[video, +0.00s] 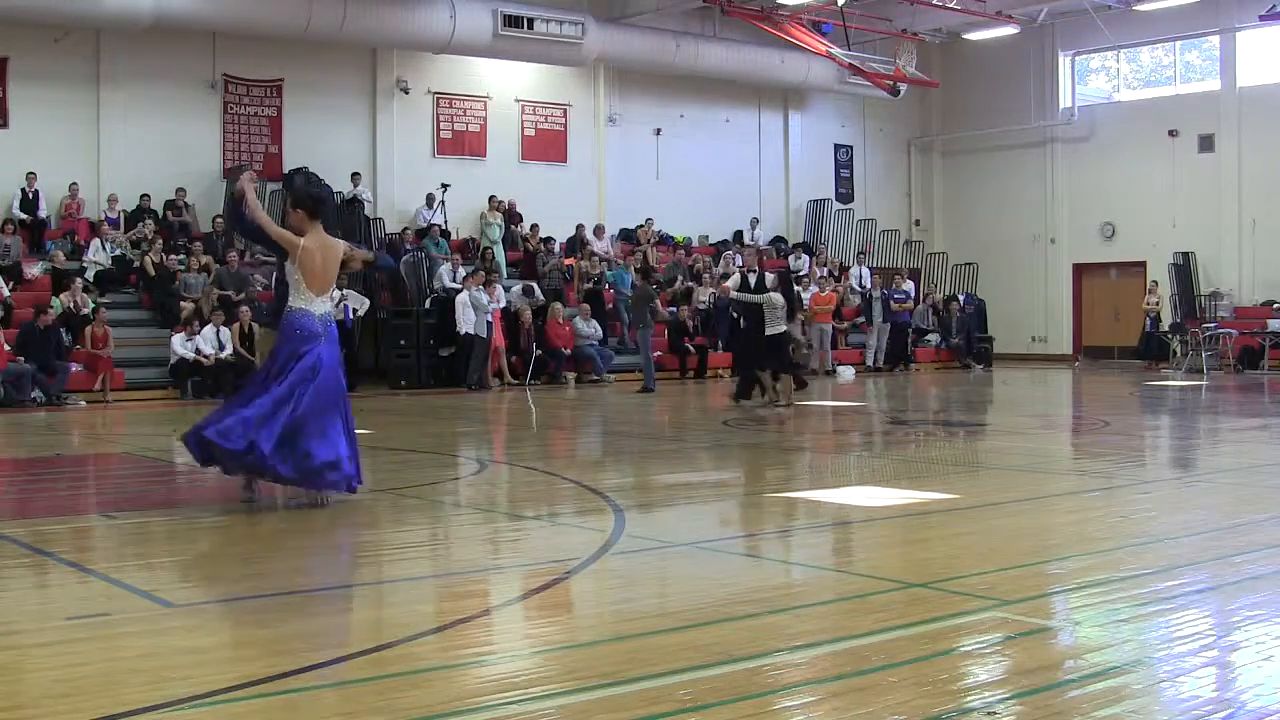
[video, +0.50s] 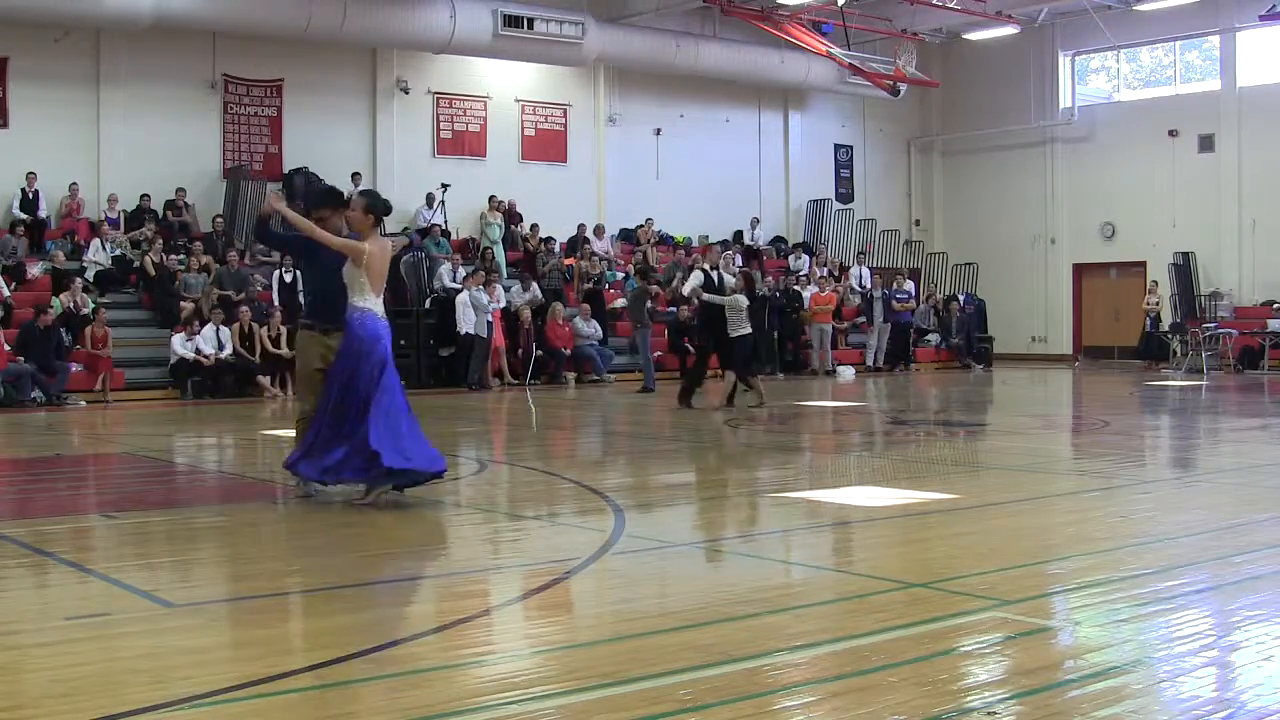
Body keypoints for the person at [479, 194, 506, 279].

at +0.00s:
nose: (495, 204)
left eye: (496, 202)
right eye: (493, 202)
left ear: (498, 203)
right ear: (489, 203)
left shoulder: (500, 215)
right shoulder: (484, 214)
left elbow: (502, 227)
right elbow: (483, 227)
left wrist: (499, 237)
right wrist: (490, 238)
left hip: (497, 239)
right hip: (487, 238)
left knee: (499, 257)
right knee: (487, 256)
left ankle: (500, 275)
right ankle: (486, 275)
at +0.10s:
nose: (495, 204)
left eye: (496, 202)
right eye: (493, 202)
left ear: (498, 203)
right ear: (489, 203)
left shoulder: (500, 215)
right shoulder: (484, 214)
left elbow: (502, 227)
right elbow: (483, 227)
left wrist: (499, 237)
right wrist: (490, 238)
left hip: (497, 239)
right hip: (487, 238)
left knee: (499, 257)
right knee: (487, 256)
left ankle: (500, 275)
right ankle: (486, 275)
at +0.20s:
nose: (495, 204)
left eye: (496, 202)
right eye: (493, 202)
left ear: (498, 203)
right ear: (489, 203)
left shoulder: (500, 215)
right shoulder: (484, 214)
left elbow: (502, 227)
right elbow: (483, 227)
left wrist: (499, 237)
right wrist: (490, 238)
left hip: (497, 239)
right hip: (487, 238)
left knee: (499, 257)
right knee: (487, 256)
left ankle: (500, 275)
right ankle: (486, 275)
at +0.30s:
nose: (495, 204)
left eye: (496, 202)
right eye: (493, 202)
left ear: (498, 203)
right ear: (489, 203)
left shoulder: (500, 215)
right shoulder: (484, 214)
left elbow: (502, 227)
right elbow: (483, 227)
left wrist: (499, 237)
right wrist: (490, 238)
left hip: (497, 239)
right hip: (487, 238)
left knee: (499, 257)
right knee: (487, 256)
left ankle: (500, 275)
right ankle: (486, 275)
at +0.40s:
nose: (495, 204)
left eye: (496, 202)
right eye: (493, 202)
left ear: (498, 203)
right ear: (489, 203)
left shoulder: (500, 215)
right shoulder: (484, 214)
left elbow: (502, 227)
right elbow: (483, 227)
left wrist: (499, 237)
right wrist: (490, 238)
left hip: (497, 239)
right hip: (487, 238)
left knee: (499, 257)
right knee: (487, 256)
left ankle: (500, 275)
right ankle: (486, 275)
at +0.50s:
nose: (495, 204)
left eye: (496, 202)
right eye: (493, 202)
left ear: (498, 203)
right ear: (489, 203)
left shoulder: (500, 215)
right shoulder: (484, 214)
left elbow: (502, 227)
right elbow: (483, 227)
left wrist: (499, 237)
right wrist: (490, 238)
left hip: (497, 239)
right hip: (487, 239)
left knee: (499, 257)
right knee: (487, 257)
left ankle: (500, 275)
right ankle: (486, 275)